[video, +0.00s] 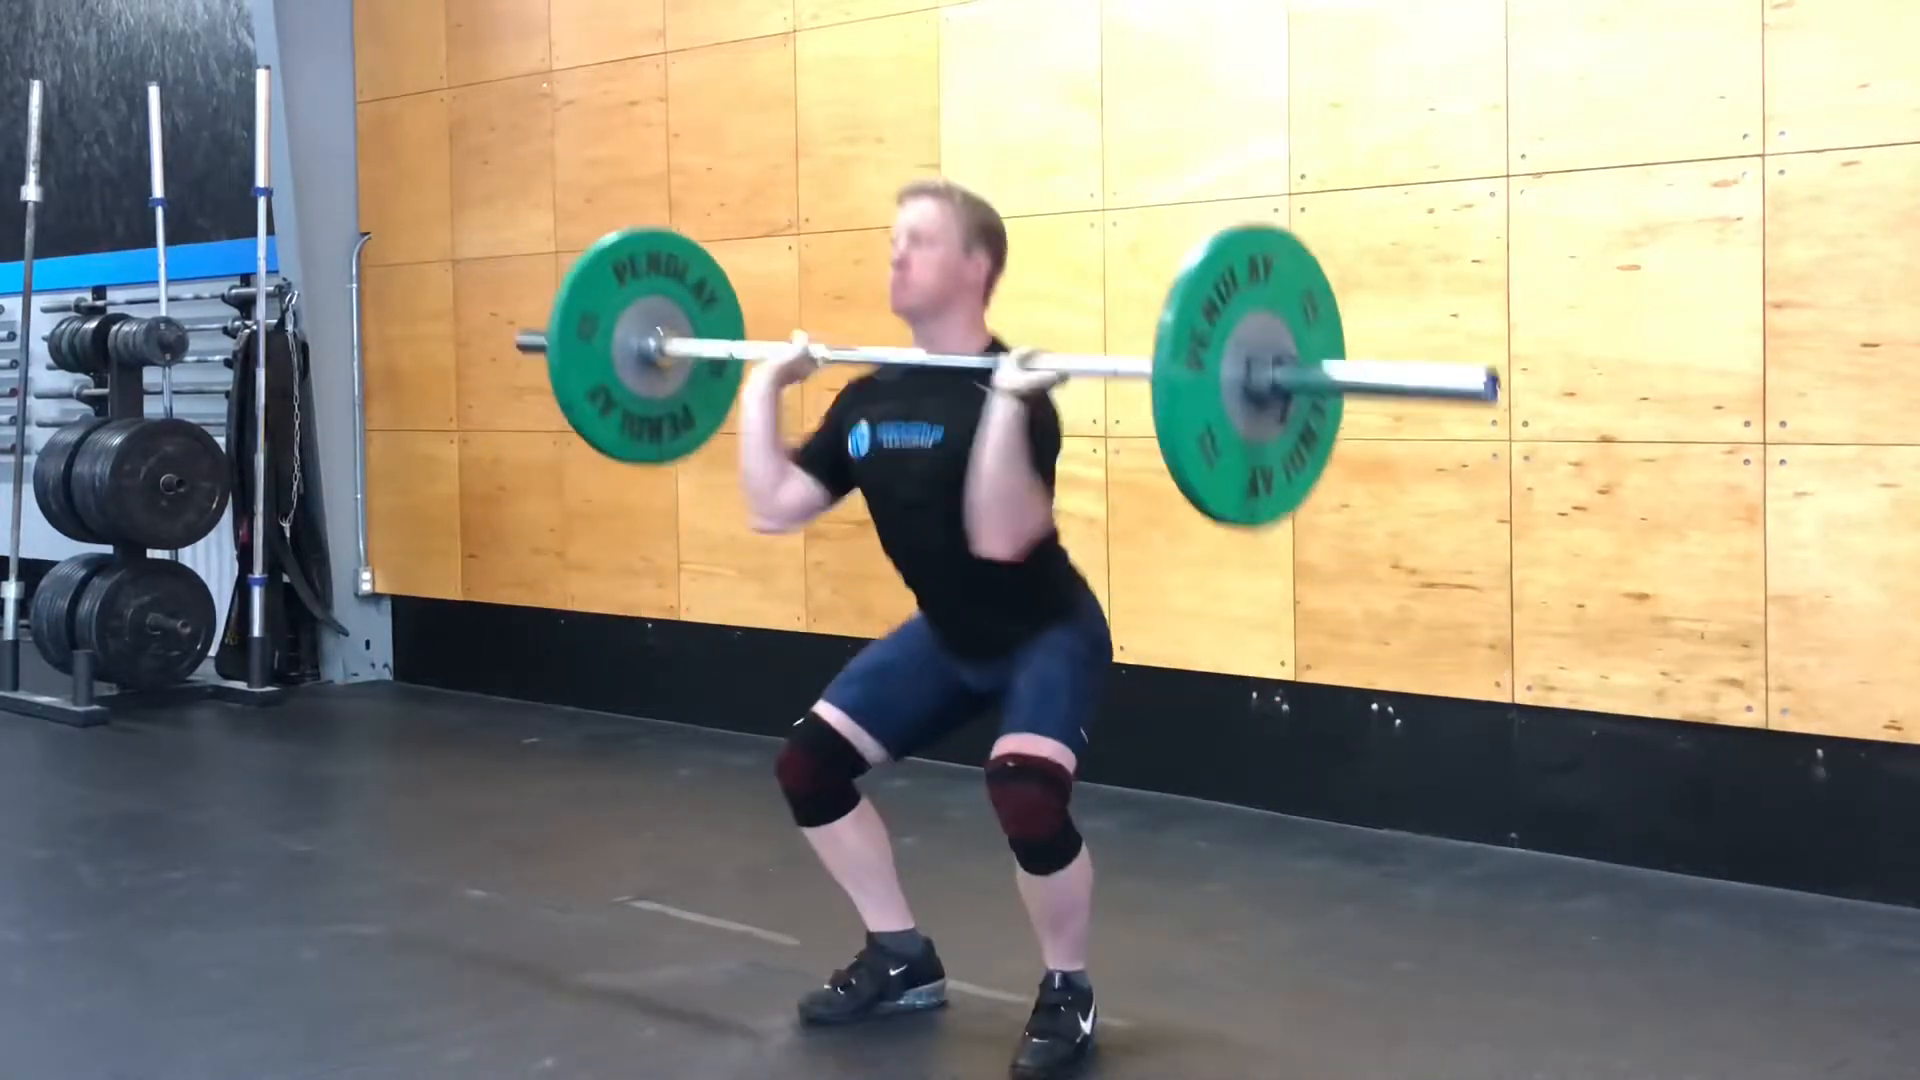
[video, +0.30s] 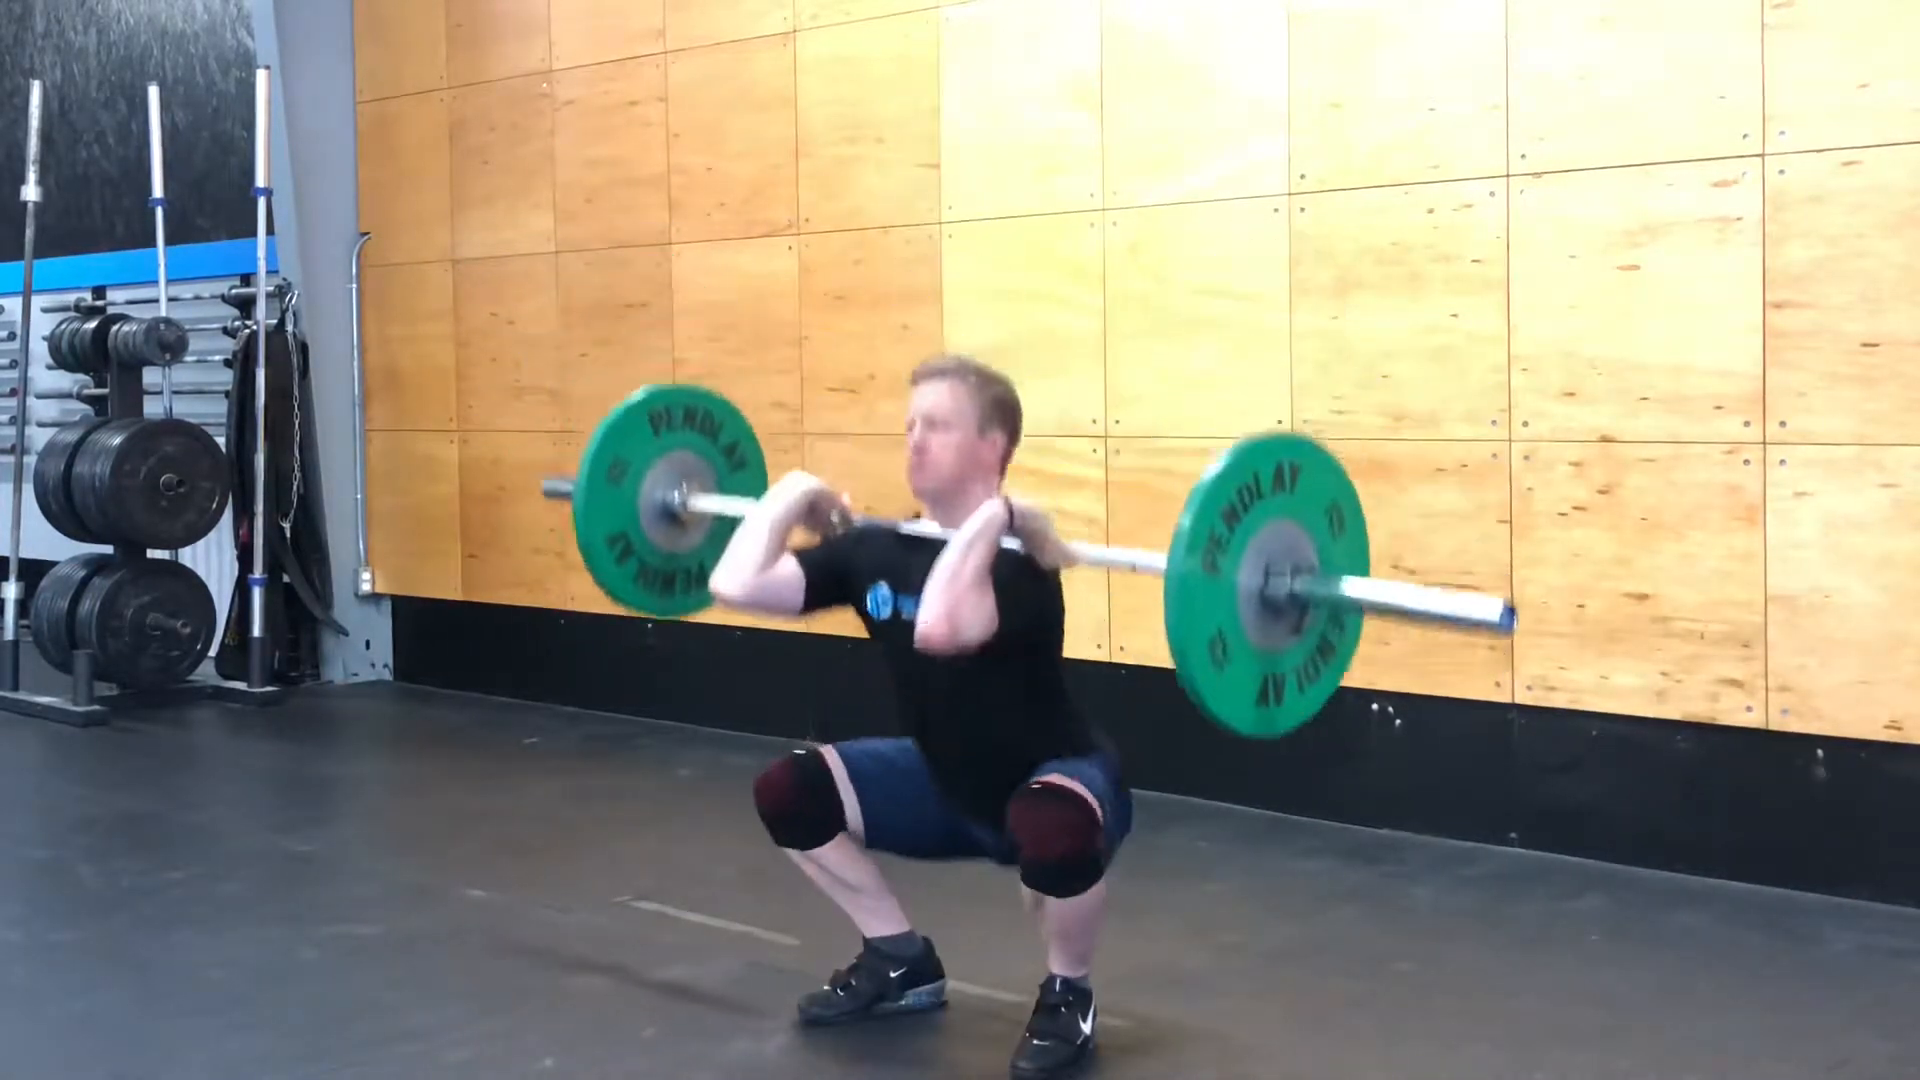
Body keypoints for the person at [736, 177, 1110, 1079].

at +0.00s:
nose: (896, 257)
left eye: (917, 244)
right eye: (895, 243)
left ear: (978, 265)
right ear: (898, 265)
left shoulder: (1019, 393)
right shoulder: (871, 399)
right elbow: (772, 504)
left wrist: (1008, 399)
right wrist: (764, 383)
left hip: (1050, 629)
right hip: (948, 633)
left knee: (1026, 788)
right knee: (810, 766)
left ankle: (1065, 994)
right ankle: (901, 957)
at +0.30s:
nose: (914, 440)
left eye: (935, 425)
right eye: (911, 425)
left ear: (994, 449)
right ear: (907, 437)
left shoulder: (1024, 567)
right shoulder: (876, 553)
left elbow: (942, 631)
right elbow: (735, 584)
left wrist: (992, 517)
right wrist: (787, 496)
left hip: (1056, 783)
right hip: (947, 783)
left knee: (1050, 818)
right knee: (790, 791)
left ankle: (1068, 994)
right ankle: (900, 957)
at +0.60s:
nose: (908, 386)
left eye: (926, 370)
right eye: (906, 370)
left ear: (986, 387)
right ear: (905, 383)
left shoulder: (1021, 507)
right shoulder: (869, 497)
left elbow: (946, 575)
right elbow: (732, 534)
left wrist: (983, 454)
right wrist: (780, 446)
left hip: (1062, 719)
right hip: (955, 722)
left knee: (1045, 807)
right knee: (797, 783)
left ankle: (1067, 997)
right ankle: (900, 959)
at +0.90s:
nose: (921, 148)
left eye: (943, 133)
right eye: (918, 132)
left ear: (1002, 157)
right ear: (917, 153)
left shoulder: (1033, 281)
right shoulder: (880, 280)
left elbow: (991, 404)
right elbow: (793, 394)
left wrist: (998, 273)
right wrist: (775, 274)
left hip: (1026, 546)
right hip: (928, 548)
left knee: (1022, 759)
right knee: (856, 744)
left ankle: (1067, 988)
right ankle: (906, 956)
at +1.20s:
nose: (919, 127)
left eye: (939, 112)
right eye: (918, 112)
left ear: (1000, 130)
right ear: (927, 133)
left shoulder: (1040, 240)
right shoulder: (900, 247)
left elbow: (1089, 391)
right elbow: (846, 376)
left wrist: (1052, 277)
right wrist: (795, 280)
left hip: (1009, 529)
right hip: (912, 531)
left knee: (1007, 754)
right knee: (884, 742)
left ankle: (1060, 988)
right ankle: (912, 959)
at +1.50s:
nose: (921, 119)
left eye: (940, 103)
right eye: (916, 104)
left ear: (1001, 111)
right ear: (918, 116)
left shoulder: (1039, 231)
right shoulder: (896, 234)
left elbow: (1100, 364)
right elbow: (864, 363)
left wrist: (1057, 496)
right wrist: (806, 472)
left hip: (990, 533)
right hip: (888, 523)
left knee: (999, 747)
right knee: (870, 732)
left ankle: (1045, 977)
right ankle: (906, 945)